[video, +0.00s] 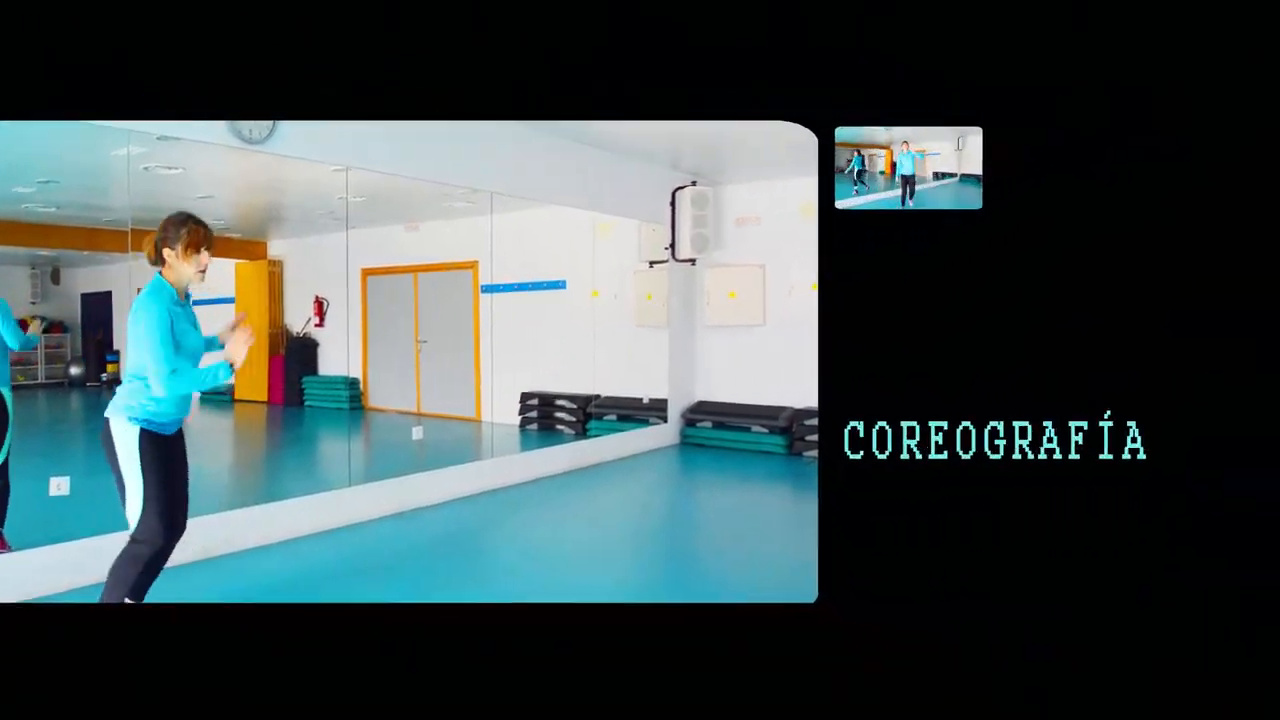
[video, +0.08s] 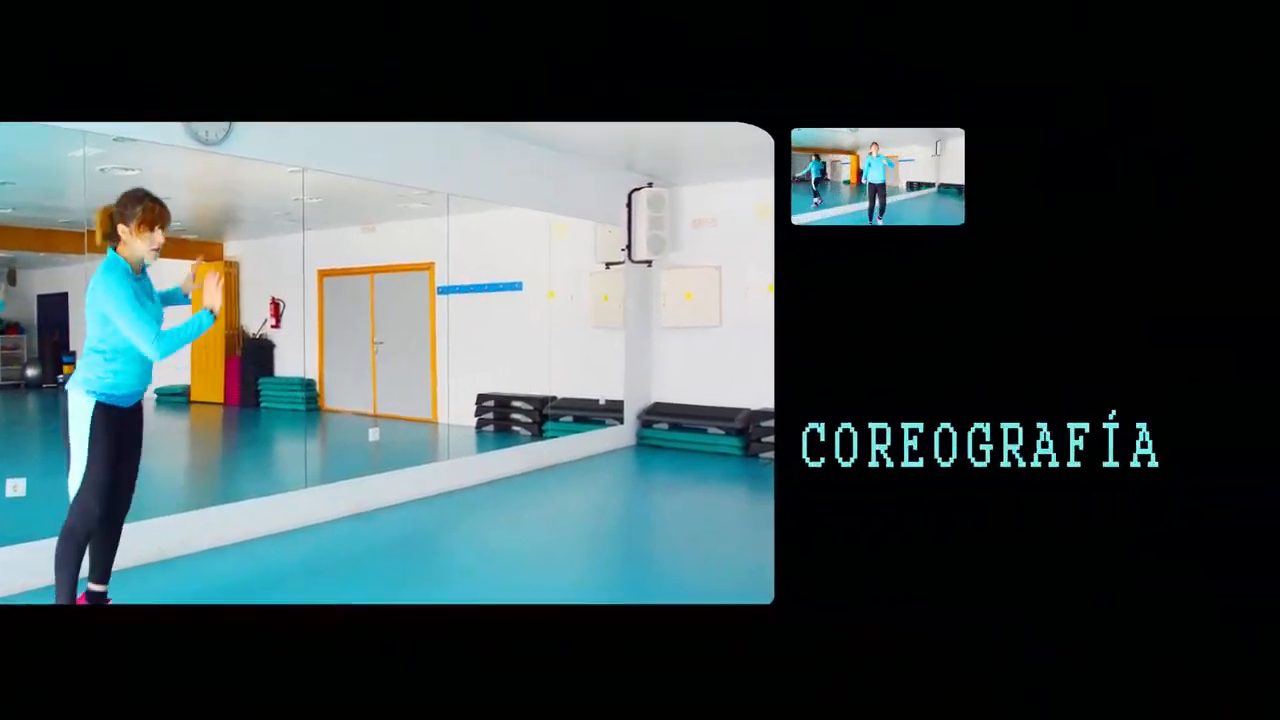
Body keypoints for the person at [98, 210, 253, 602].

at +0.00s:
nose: (206, 260)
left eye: (207, 251)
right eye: (196, 251)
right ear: (169, 254)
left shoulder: (180, 300)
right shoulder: (153, 303)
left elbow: (186, 352)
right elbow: (165, 383)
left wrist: (221, 342)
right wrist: (228, 364)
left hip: (166, 425)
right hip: (134, 427)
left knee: (173, 526)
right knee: (151, 530)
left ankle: (131, 599)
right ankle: (110, 601)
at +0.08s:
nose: (161, 239)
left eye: (163, 229)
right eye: (152, 230)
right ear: (124, 231)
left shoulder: (137, 273)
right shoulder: (112, 279)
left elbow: (148, 302)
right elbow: (155, 347)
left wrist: (183, 289)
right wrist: (208, 313)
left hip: (129, 403)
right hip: (95, 403)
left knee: (117, 503)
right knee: (90, 505)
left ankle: (96, 595)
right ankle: (64, 601)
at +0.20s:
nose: (95, 226)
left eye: (97, 217)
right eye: (85, 217)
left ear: (94, 217)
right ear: (59, 218)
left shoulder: (71, 255)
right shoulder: (50, 261)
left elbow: (93, 264)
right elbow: (123, 296)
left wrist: (132, 246)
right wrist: (174, 262)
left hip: (60, 388)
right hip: (27, 387)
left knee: (51, 490)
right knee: (17, 490)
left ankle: (38, 587)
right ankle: (1, 591)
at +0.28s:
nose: (50, 238)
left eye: (53, 229)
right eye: (41, 228)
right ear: (14, 228)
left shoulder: (26, 262)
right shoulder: (13, 268)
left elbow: (62, 254)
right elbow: (87, 278)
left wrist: (107, 233)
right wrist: (147, 249)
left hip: (17, 399)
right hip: (5, 402)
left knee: (14, 496)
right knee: (10, 498)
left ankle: (1, 582)